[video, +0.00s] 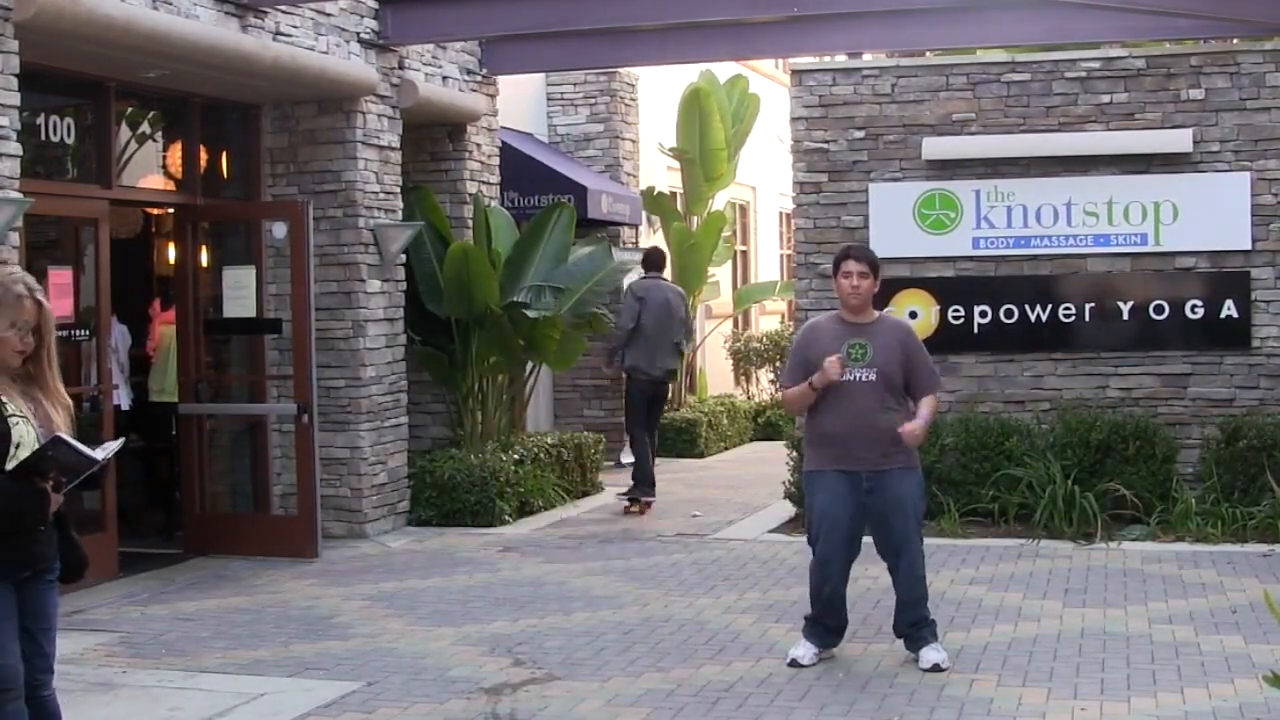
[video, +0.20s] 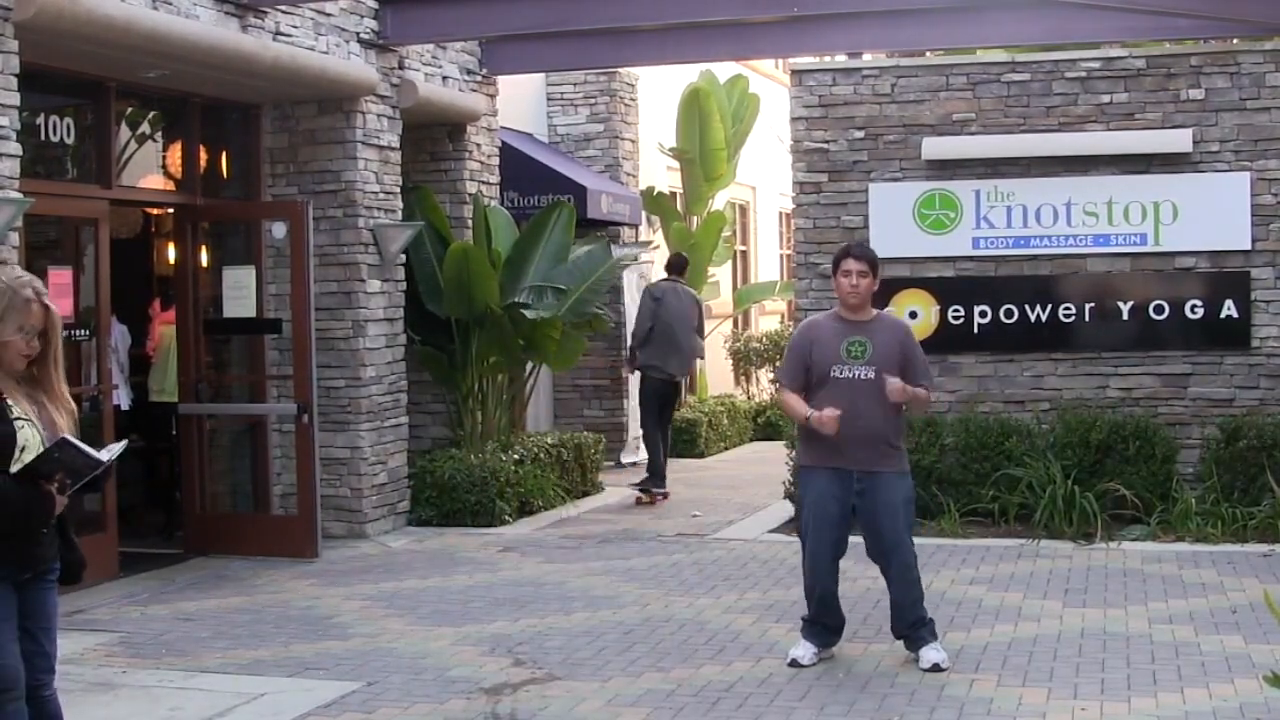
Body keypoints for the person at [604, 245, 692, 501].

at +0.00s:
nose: (643, 268)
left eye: (643, 263)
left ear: (643, 265)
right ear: (664, 266)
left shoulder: (636, 289)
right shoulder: (677, 293)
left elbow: (625, 324)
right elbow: (686, 330)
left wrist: (613, 352)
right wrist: (676, 349)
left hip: (639, 369)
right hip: (665, 371)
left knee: (637, 428)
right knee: (650, 428)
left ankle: (644, 488)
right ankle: (642, 484)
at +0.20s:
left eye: (669, 264)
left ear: (666, 267)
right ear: (685, 272)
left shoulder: (654, 290)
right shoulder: (693, 297)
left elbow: (643, 325)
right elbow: (699, 333)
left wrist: (633, 351)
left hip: (653, 369)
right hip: (677, 372)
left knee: (650, 424)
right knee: (664, 425)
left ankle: (656, 479)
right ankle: (657, 476)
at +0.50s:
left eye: (699, 266)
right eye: (709, 268)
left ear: (695, 268)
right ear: (714, 271)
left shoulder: (685, 291)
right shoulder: (721, 297)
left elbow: (673, 323)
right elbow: (725, 333)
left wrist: (664, 348)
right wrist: (709, 344)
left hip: (684, 363)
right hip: (706, 366)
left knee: (682, 414)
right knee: (696, 415)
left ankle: (688, 465)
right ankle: (689, 463)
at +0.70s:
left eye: (719, 267)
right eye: (729, 268)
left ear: (716, 270)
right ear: (733, 271)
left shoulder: (707, 293)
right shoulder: (743, 296)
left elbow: (696, 325)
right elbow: (751, 330)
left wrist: (686, 350)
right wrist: (740, 347)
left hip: (710, 360)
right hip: (731, 362)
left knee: (707, 409)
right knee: (719, 412)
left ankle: (710, 461)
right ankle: (710, 458)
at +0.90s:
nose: (743, 275)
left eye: (741, 271)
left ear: (741, 272)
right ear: (759, 274)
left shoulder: (735, 294)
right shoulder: (769, 297)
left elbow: (719, 324)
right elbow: (778, 330)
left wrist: (711, 349)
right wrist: (764, 343)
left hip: (736, 361)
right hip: (755, 363)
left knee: (730, 407)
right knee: (745, 409)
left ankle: (733, 453)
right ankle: (736, 452)